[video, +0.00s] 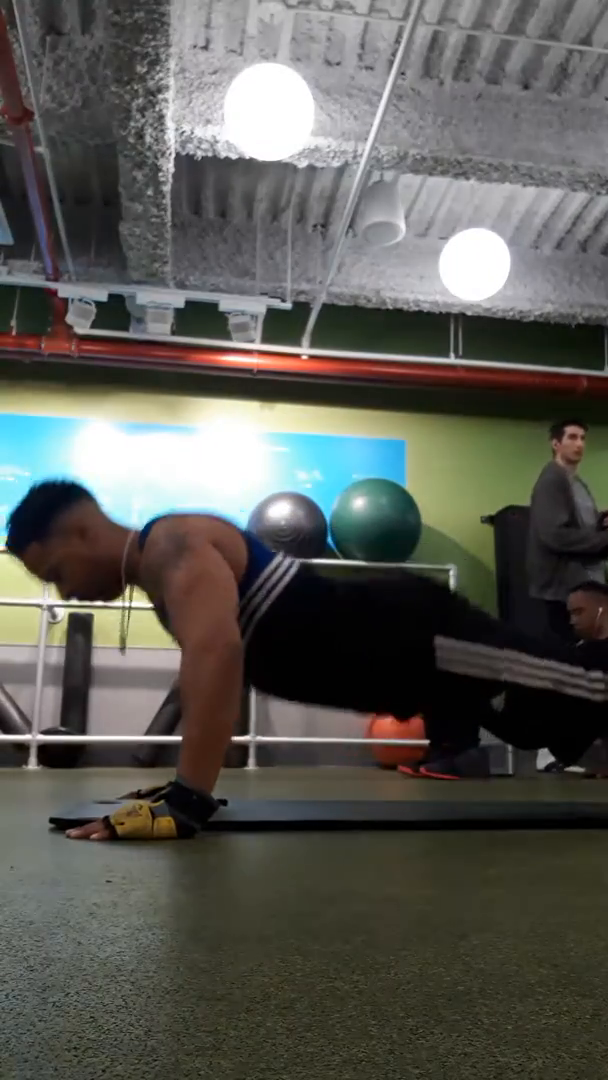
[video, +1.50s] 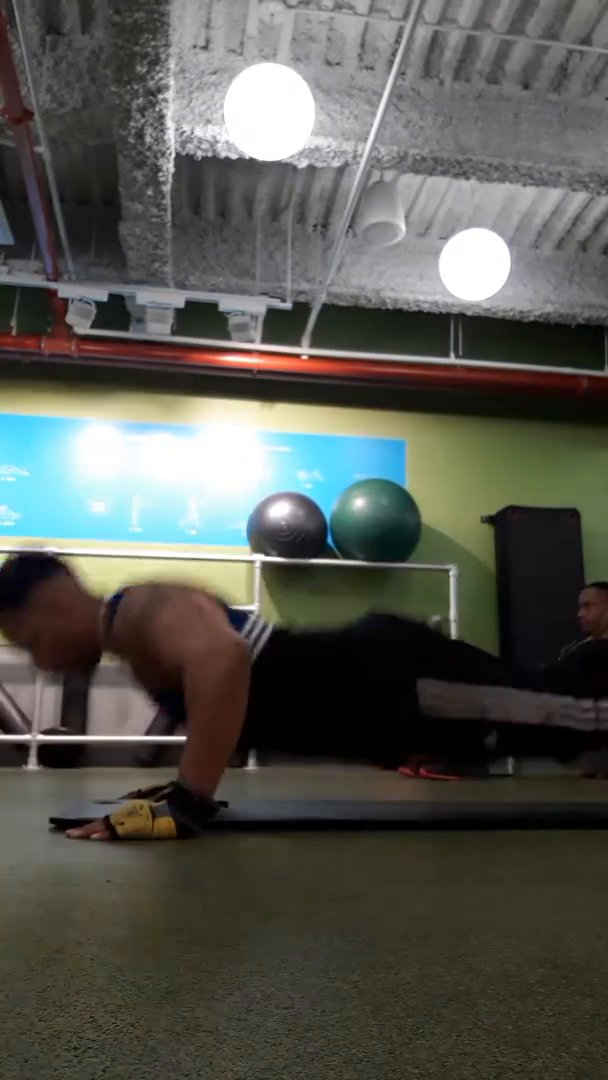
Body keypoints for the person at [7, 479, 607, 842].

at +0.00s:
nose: (63, 594)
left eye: (53, 575)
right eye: (48, 583)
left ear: (78, 534)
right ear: (83, 532)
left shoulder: (174, 543)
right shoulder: (165, 565)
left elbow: (217, 652)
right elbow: (219, 673)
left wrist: (187, 798)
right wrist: (186, 798)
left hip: (421, 642)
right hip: (410, 658)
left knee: (590, 697)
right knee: (568, 712)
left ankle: (591, 622)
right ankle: (588, 626)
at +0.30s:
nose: (21, 712)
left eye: (16, 691)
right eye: (10, 701)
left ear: (53, 640)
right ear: (54, 644)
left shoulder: (129, 647)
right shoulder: (133, 682)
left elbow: (225, 665)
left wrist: (188, 797)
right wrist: (381, 774)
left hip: (406, 713)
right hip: (397, 728)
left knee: (590, 723)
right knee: (568, 711)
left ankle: (592, 637)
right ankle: (591, 634)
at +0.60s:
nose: (22, 764)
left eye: (11, 746)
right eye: (9, 757)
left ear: (40, 699)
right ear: (43, 699)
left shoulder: (119, 688)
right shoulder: (123, 720)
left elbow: (219, 659)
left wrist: (192, 797)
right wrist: (151, 812)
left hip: (387, 733)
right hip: (371, 747)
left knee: (581, 732)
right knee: (545, 721)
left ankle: (592, 642)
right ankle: (584, 641)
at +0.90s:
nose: (43, 656)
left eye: (36, 635)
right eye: (30, 645)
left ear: (63, 596)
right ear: (63, 602)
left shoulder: (148, 607)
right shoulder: (142, 635)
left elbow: (223, 662)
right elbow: (225, 693)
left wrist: (187, 798)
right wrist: (181, 796)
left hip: (383, 669)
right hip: (371, 693)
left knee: (576, 711)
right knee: (553, 733)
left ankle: (586, 644)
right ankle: (582, 641)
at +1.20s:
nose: (82, 528)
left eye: (73, 509)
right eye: (70, 518)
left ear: (105, 465)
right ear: (107, 468)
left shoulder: (181, 498)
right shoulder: (176, 512)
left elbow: (190, 641)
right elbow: (193, 649)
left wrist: (183, 792)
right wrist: (174, 770)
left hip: (423, 593)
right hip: (413, 617)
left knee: (595, 662)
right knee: (558, 726)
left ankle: (587, 608)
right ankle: (579, 616)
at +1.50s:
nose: (37, 658)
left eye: (29, 636)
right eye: (25, 647)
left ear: (56, 596)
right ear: (54, 604)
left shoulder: (143, 609)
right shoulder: (137, 636)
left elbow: (223, 661)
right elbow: (224, 695)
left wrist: (190, 799)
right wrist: (177, 793)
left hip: (386, 678)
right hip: (373, 700)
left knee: (579, 713)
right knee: (557, 715)